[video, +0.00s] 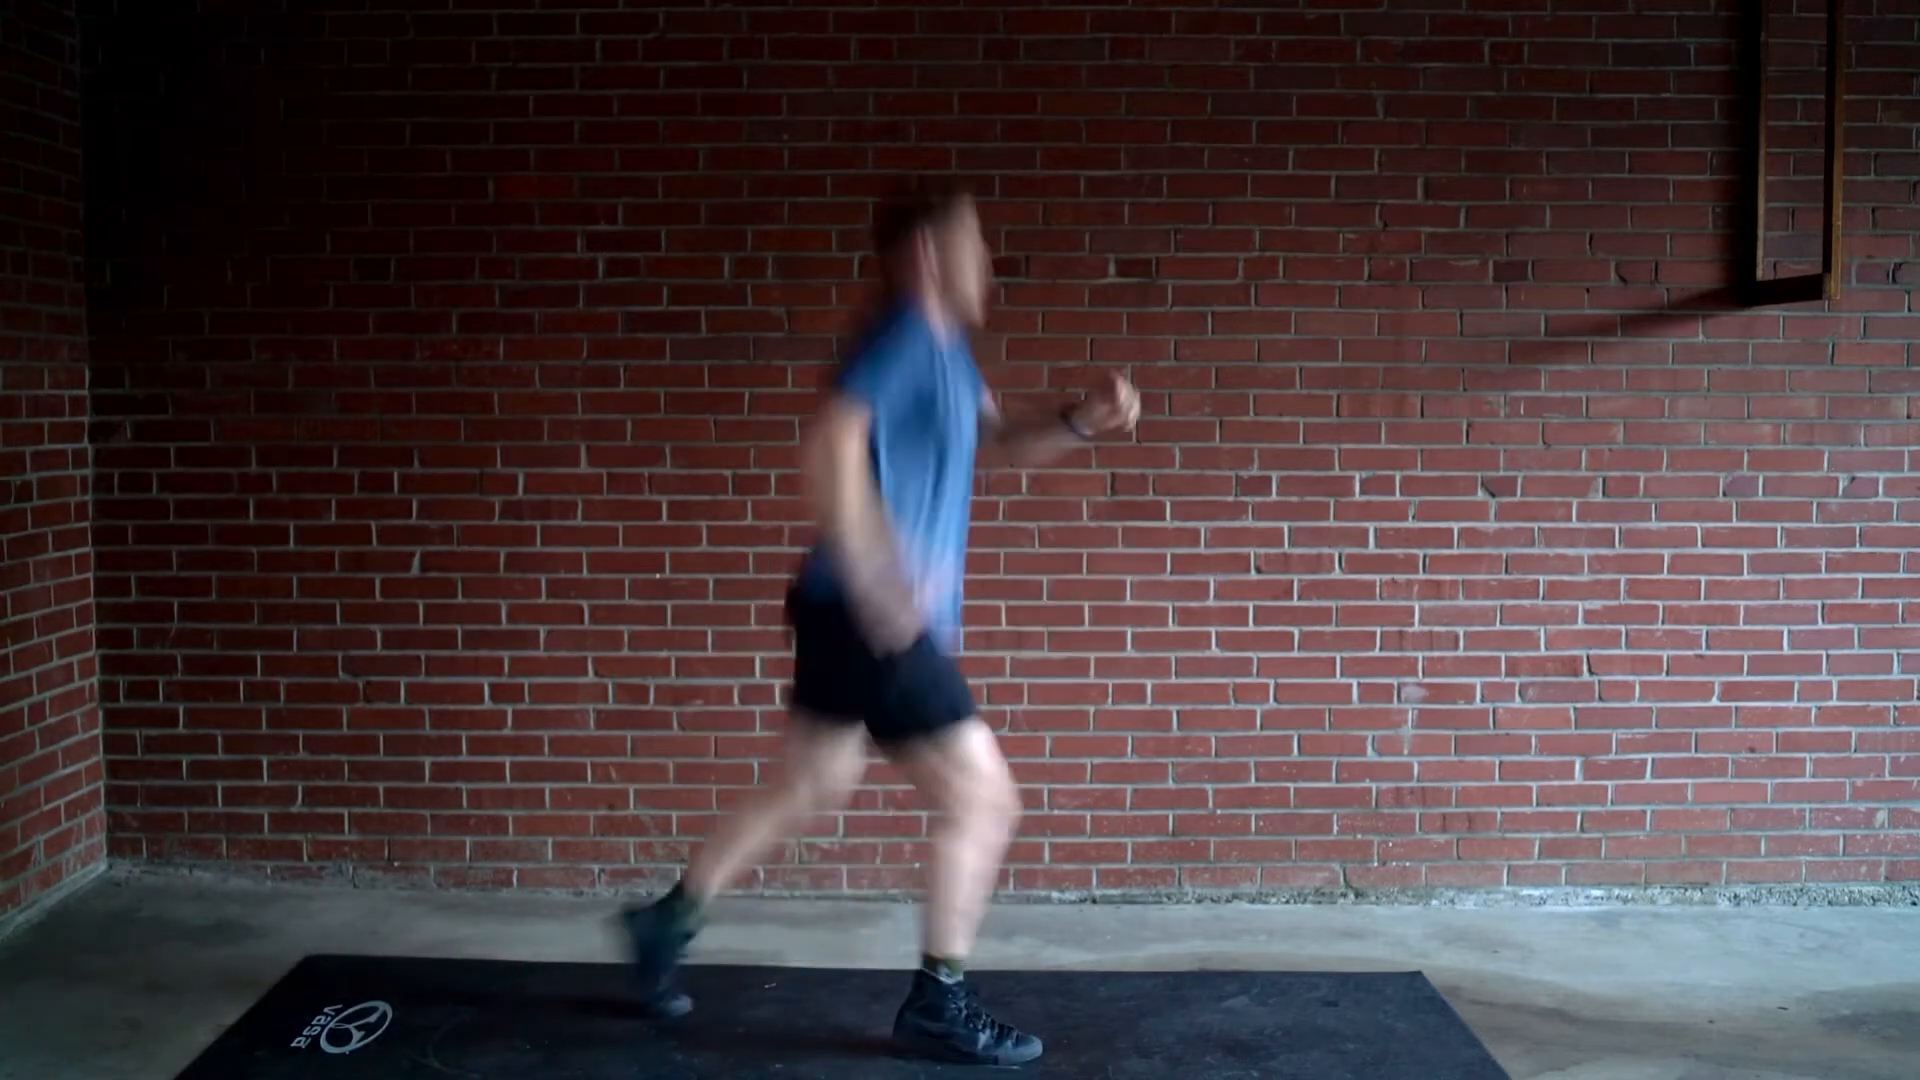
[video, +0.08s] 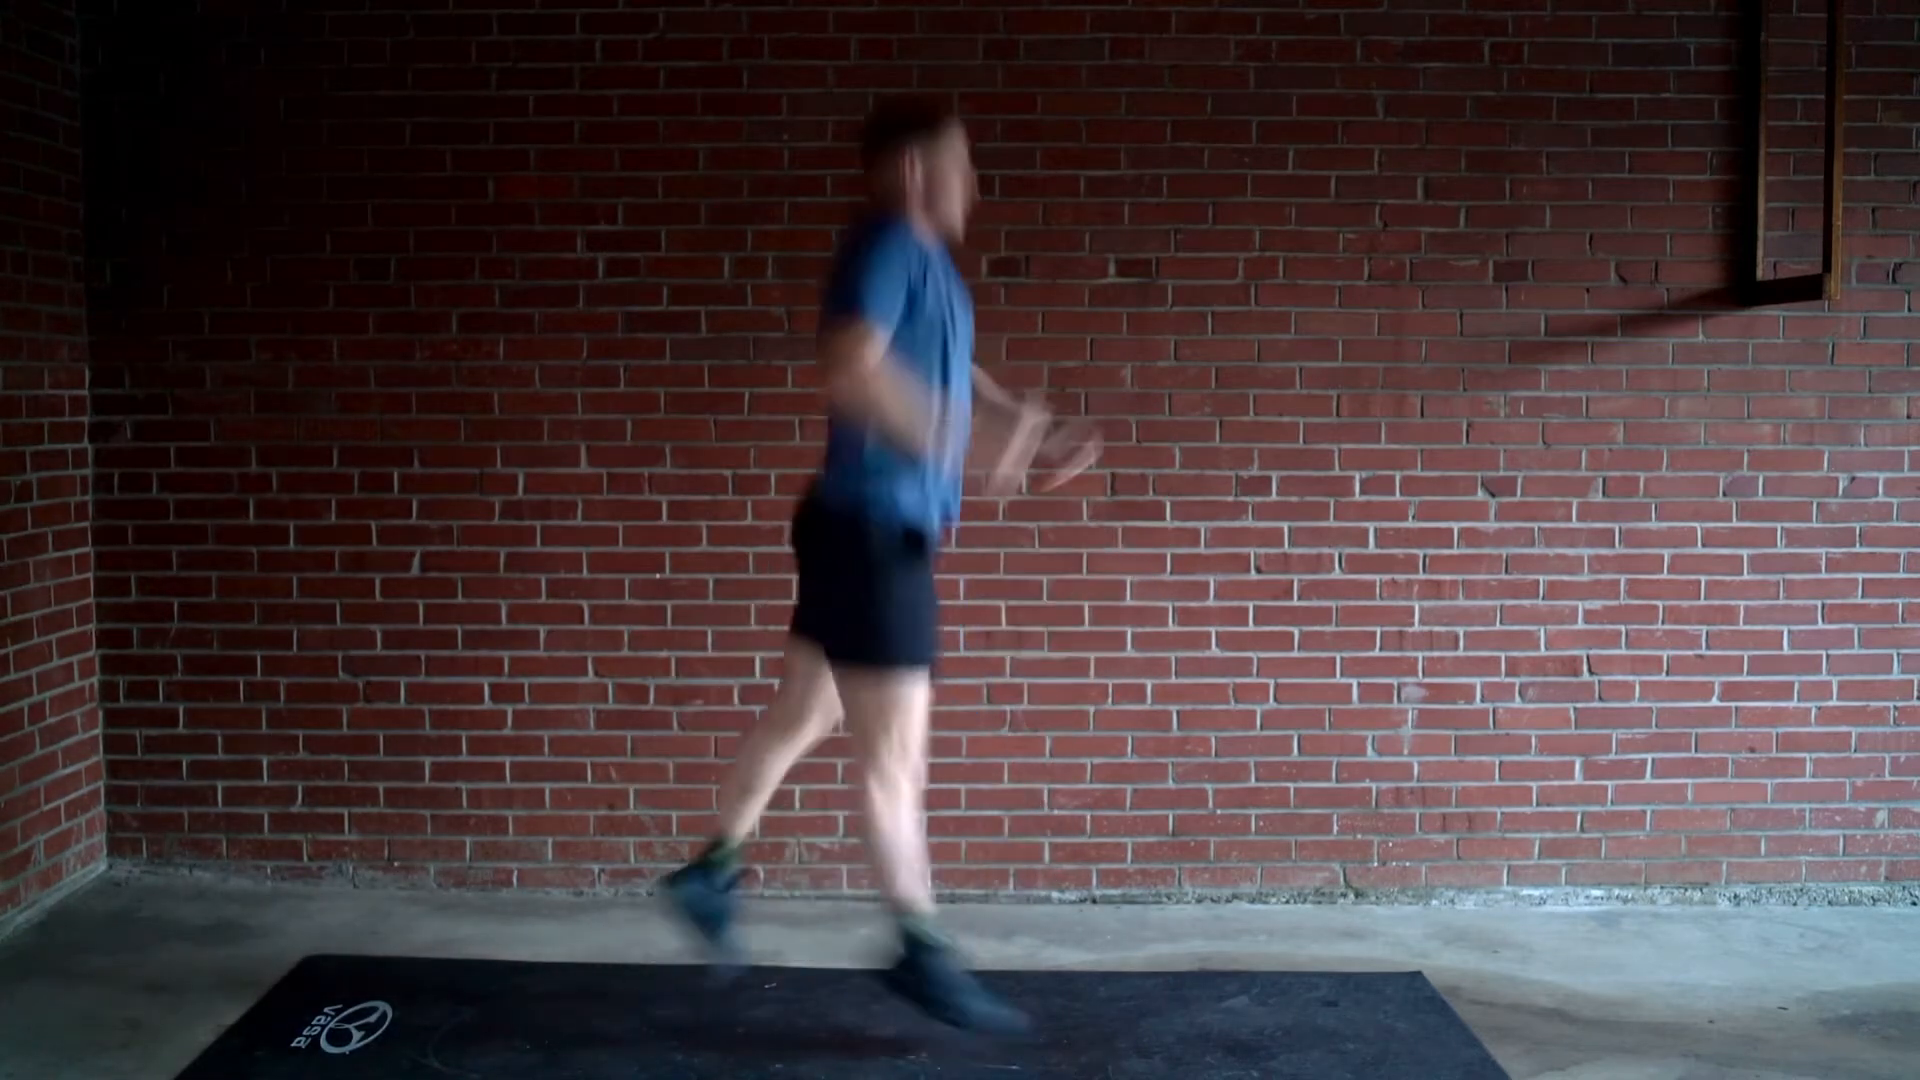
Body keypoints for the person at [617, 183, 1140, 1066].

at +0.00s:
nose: (987, 258)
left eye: (983, 240)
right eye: (972, 239)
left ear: (937, 253)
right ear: (925, 252)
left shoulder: (945, 347)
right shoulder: (906, 337)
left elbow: (995, 435)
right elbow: (835, 434)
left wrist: (1078, 419)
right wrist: (870, 572)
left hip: (855, 606)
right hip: (880, 611)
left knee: (815, 781)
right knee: (982, 797)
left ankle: (669, 919)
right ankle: (939, 997)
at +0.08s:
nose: (971, 181)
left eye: (969, 164)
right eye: (958, 163)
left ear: (934, 173)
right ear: (911, 169)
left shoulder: (937, 268)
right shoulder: (888, 249)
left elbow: (951, 376)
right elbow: (851, 367)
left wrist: (1021, 431)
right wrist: (935, 433)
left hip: (880, 521)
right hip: (873, 526)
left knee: (804, 711)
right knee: (895, 744)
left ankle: (711, 869)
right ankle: (920, 944)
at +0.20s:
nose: (973, 119)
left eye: (971, 101)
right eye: (961, 100)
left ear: (903, 109)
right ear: (910, 107)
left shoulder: (880, 187)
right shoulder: (889, 188)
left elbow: (902, 316)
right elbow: (904, 314)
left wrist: (1002, 284)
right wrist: (1026, 276)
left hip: (854, 457)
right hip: (867, 462)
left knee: (839, 667)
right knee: (877, 677)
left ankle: (792, 848)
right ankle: (780, 852)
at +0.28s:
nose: (975, 121)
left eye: (973, 104)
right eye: (963, 104)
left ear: (914, 109)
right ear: (916, 108)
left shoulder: (899, 190)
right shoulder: (886, 191)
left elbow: (882, 327)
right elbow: (940, 316)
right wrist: (1023, 240)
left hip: (875, 467)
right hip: (850, 467)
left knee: (882, 670)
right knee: (839, 685)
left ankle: (847, 859)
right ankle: (704, 850)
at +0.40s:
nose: (981, 183)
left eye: (978, 165)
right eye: (969, 164)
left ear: (911, 172)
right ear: (919, 169)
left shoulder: (862, 257)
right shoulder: (904, 259)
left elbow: (780, 366)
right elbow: (972, 395)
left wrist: (729, 465)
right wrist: (1019, 290)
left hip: (861, 535)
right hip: (830, 535)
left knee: (912, 718)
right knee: (792, 749)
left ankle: (905, 910)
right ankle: (648, 905)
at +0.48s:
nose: (984, 270)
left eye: (982, 251)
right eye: (970, 250)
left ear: (917, 255)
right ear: (924, 252)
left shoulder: (859, 334)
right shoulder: (906, 343)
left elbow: (763, 426)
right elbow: (977, 489)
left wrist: (701, 515)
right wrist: (1023, 375)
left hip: (855, 613)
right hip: (811, 616)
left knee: (934, 780)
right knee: (793, 839)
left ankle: (892, 971)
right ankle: (625, 966)